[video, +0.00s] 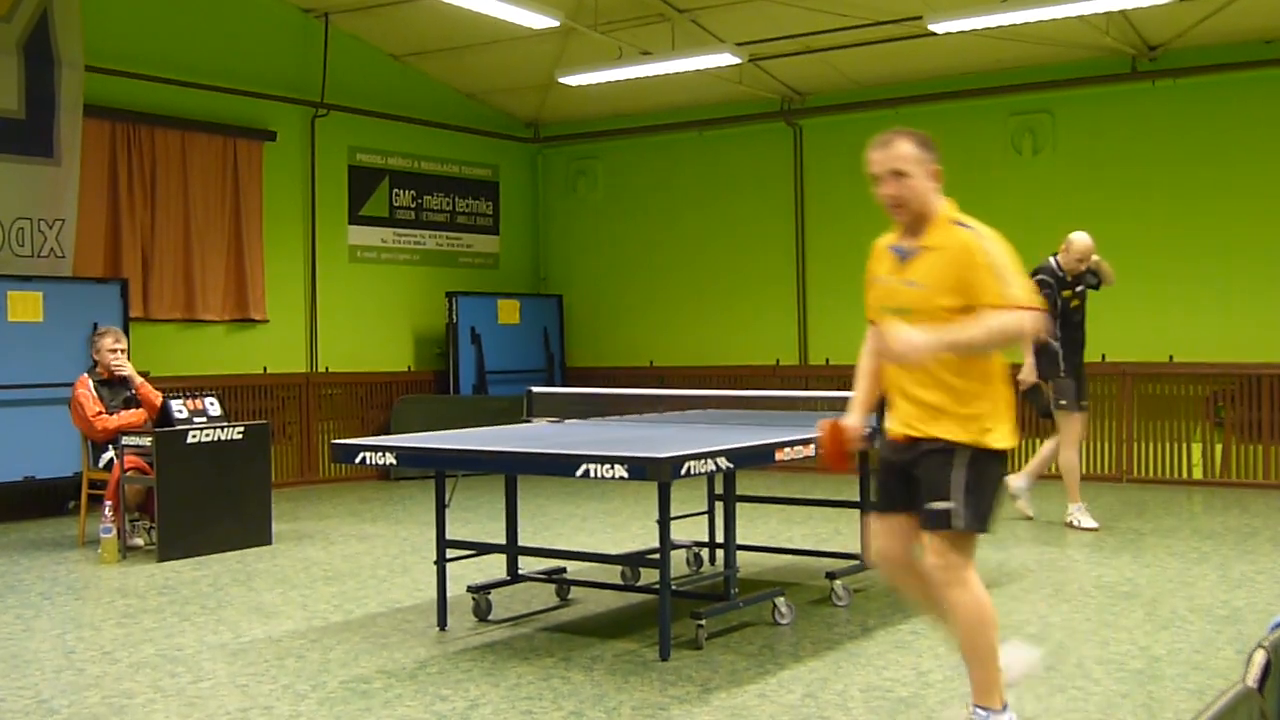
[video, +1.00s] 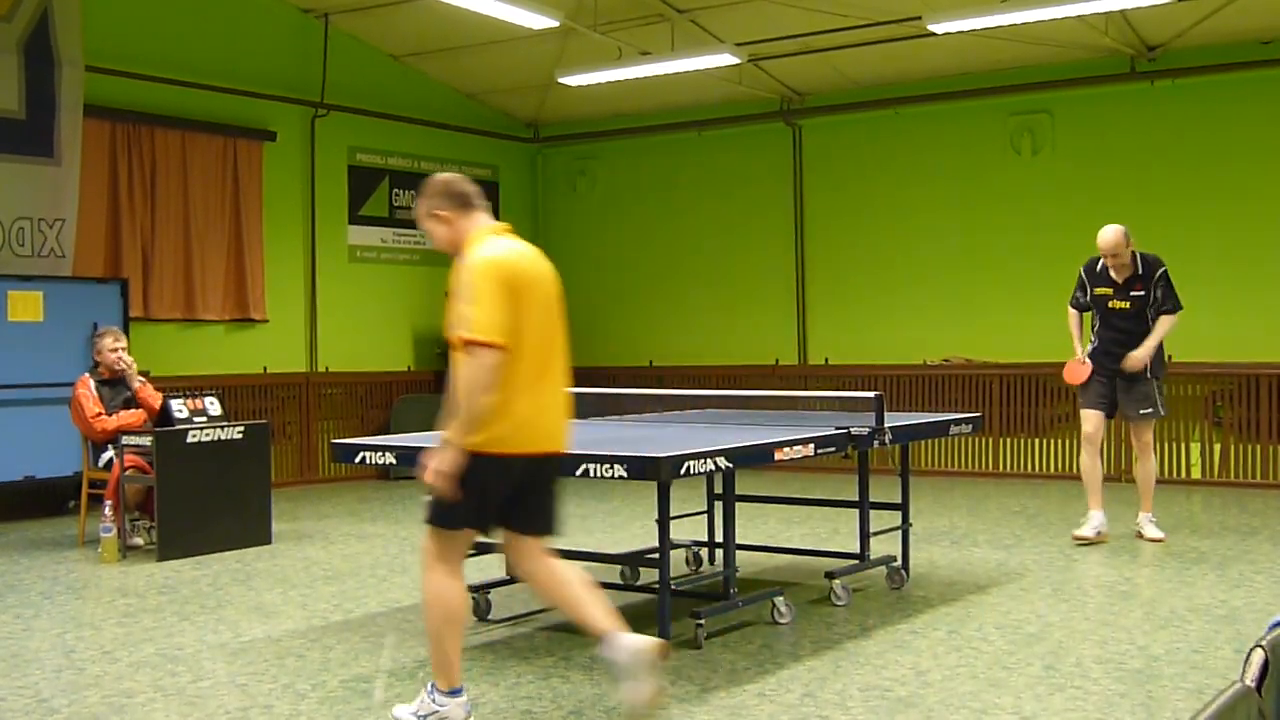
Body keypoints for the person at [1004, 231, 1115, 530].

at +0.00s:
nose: (1082, 267)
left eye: (1085, 262)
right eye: (1078, 261)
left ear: (1087, 260)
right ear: (1063, 252)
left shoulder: (1082, 274)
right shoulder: (1045, 277)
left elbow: (1107, 281)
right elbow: (1027, 321)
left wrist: (1097, 262)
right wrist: (1028, 362)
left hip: (1075, 363)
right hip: (1055, 363)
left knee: (1072, 431)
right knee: (1070, 431)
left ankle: (1022, 479)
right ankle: (1075, 506)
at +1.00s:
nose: (1109, 262)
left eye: (1115, 257)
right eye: (1104, 257)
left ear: (1130, 248)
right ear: (1099, 252)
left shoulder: (1153, 268)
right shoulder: (1091, 270)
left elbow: (1170, 312)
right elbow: (1075, 307)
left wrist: (1144, 351)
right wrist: (1078, 348)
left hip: (1139, 364)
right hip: (1099, 363)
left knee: (1143, 442)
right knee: (1089, 435)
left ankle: (1146, 517)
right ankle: (1095, 516)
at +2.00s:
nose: (1020, 248)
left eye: (1027, 242)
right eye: (1017, 242)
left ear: (1047, 245)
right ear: (1016, 245)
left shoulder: (1070, 272)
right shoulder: (1016, 276)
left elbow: (1099, 319)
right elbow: (1012, 318)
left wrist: (1082, 370)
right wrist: (1010, 351)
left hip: (1063, 372)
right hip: (1031, 372)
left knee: (1057, 455)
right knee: (1038, 456)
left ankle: (1050, 540)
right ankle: (1082, 521)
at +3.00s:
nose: (954, 281)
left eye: (961, 275)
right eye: (951, 275)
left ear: (981, 276)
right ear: (949, 277)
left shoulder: (1006, 299)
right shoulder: (951, 302)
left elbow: (1045, 342)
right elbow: (945, 334)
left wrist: (1031, 391)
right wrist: (947, 348)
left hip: (1019, 380)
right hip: (979, 378)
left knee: (1026, 452)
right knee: (938, 438)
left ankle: (1045, 539)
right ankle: (937, 518)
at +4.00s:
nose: (942, 298)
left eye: (949, 292)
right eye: (939, 292)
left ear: (968, 293)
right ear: (937, 294)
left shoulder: (994, 314)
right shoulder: (940, 319)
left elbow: (1036, 352)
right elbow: (932, 354)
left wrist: (1024, 401)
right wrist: (932, 366)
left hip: (1013, 393)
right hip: (973, 392)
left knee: (1018, 453)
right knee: (926, 450)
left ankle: (1044, 539)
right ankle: (929, 523)